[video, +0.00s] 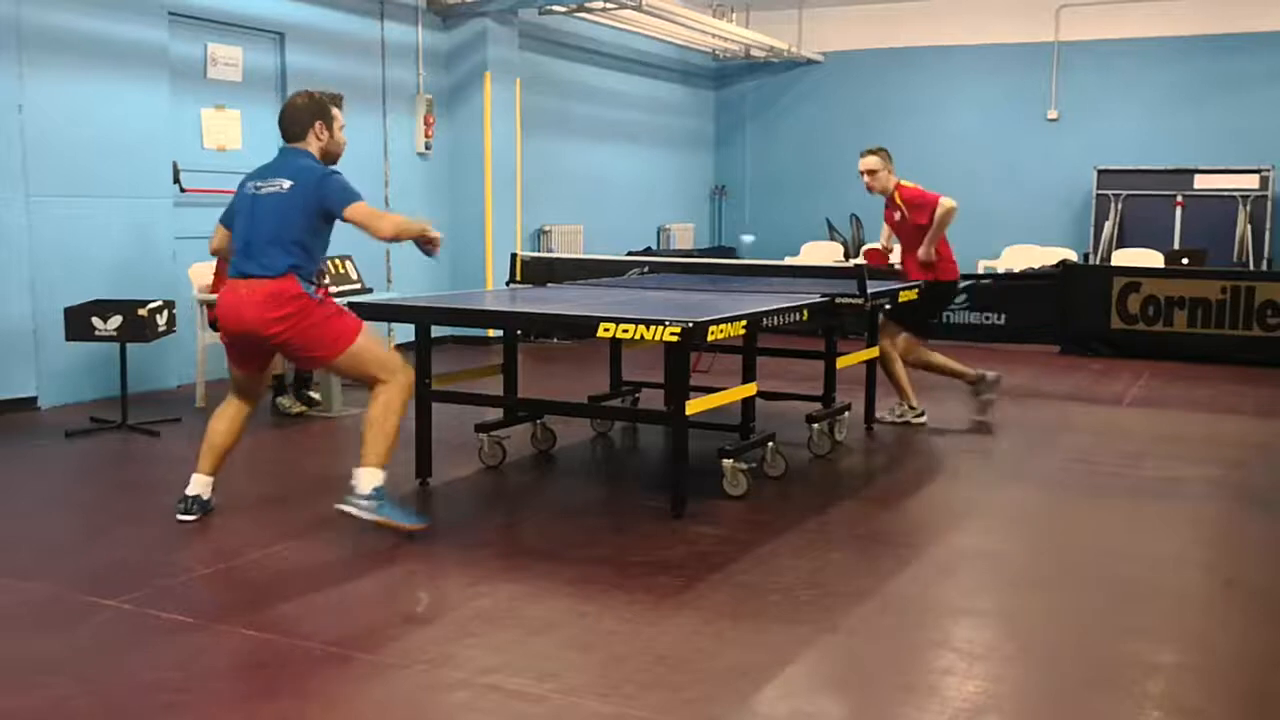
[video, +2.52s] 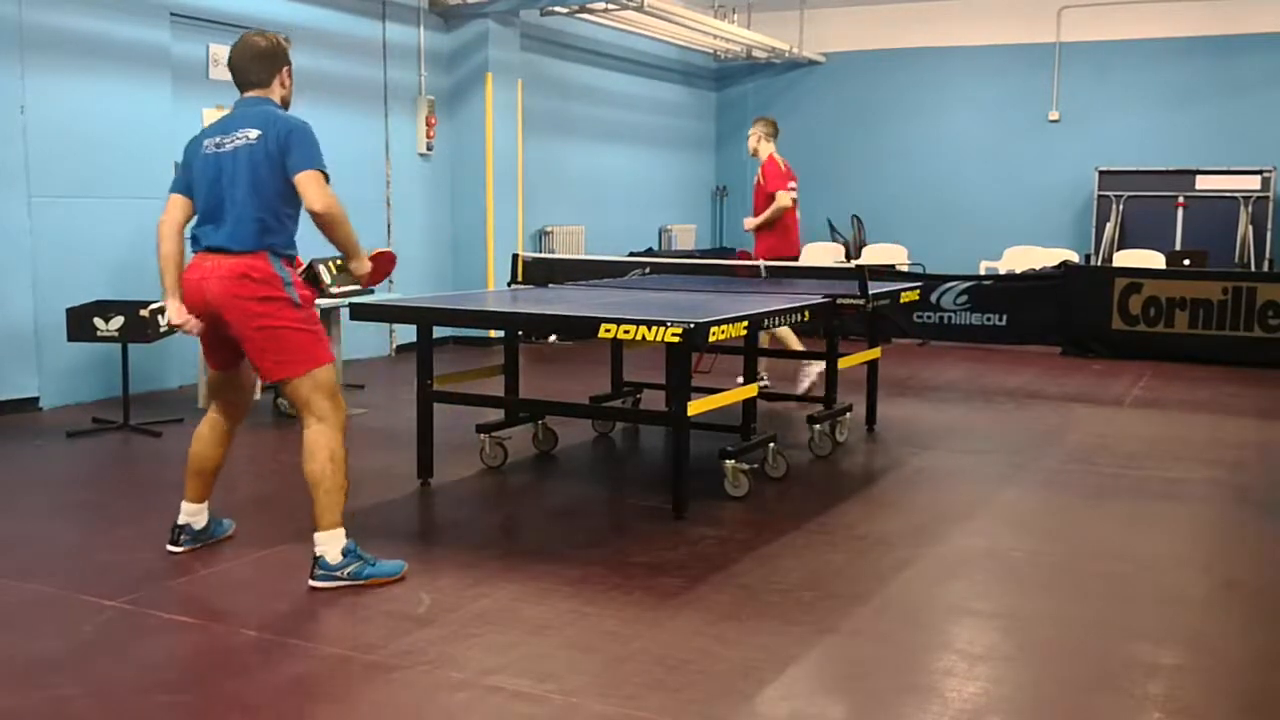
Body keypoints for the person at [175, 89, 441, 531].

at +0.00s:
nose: (344, 138)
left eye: (343, 129)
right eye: (340, 129)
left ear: (293, 133)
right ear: (318, 131)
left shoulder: (254, 178)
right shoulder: (321, 178)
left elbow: (219, 244)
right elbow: (384, 228)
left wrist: (273, 255)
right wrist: (423, 231)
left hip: (233, 303)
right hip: (285, 302)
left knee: (242, 393)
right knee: (395, 374)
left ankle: (196, 492)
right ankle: (367, 489)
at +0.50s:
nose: (479, 180)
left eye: (474, 173)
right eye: (476, 174)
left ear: (433, 181)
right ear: (467, 178)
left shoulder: (403, 216)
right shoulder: (489, 215)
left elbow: (349, 268)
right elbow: (556, 234)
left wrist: (388, 260)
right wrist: (585, 239)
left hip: (382, 320)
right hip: (441, 321)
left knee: (334, 407)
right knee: (523, 374)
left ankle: (260, 494)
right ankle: (533, 479)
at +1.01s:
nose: (419, 105)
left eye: (417, 97)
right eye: (418, 97)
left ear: (368, 101)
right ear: (407, 99)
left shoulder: (328, 147)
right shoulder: (404, 152)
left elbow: (292, 212)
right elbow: (448, 230)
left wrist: (351, 207)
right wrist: (492, 232)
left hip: (304, 275)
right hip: (361, 276)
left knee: (288, 392)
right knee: (439, 386)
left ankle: (225, 492)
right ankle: (431, 511)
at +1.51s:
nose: (364, 138)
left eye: (358, 130)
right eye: (362, 130)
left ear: (312, 147)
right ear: (355, 135)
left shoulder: (290, 201)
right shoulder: (390, 187)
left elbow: (273, 278)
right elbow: (488, 207)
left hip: (278, 328)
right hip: (345, 329)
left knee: (246, 422)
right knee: (452, 420)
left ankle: (187, 513)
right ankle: (425, 547)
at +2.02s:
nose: (310, 83)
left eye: (308, 75)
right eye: (308, 76)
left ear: (252, 82)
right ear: (299, 79)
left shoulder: (222, 140)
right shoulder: (300, 134)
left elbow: (197, 218)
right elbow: (360, 205)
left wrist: (253, 233)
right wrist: (431, 235)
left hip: (219, 284)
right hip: (281, 283)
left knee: (214, 406)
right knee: (354, 408)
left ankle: (177, 522)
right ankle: (341, 549)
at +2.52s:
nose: (293, 85)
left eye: (289, 77)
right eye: (292, 77)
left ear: (237, 82)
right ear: (282, 78)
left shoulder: (201, 140)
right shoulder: (289, 127)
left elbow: (171, 223)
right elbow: (319, 204)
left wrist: (173, 296)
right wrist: (356, 258)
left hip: (200, 280)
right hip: (258, 278)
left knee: (228, 402)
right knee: (324, 409)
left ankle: (190, 522)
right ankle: (332, 554)